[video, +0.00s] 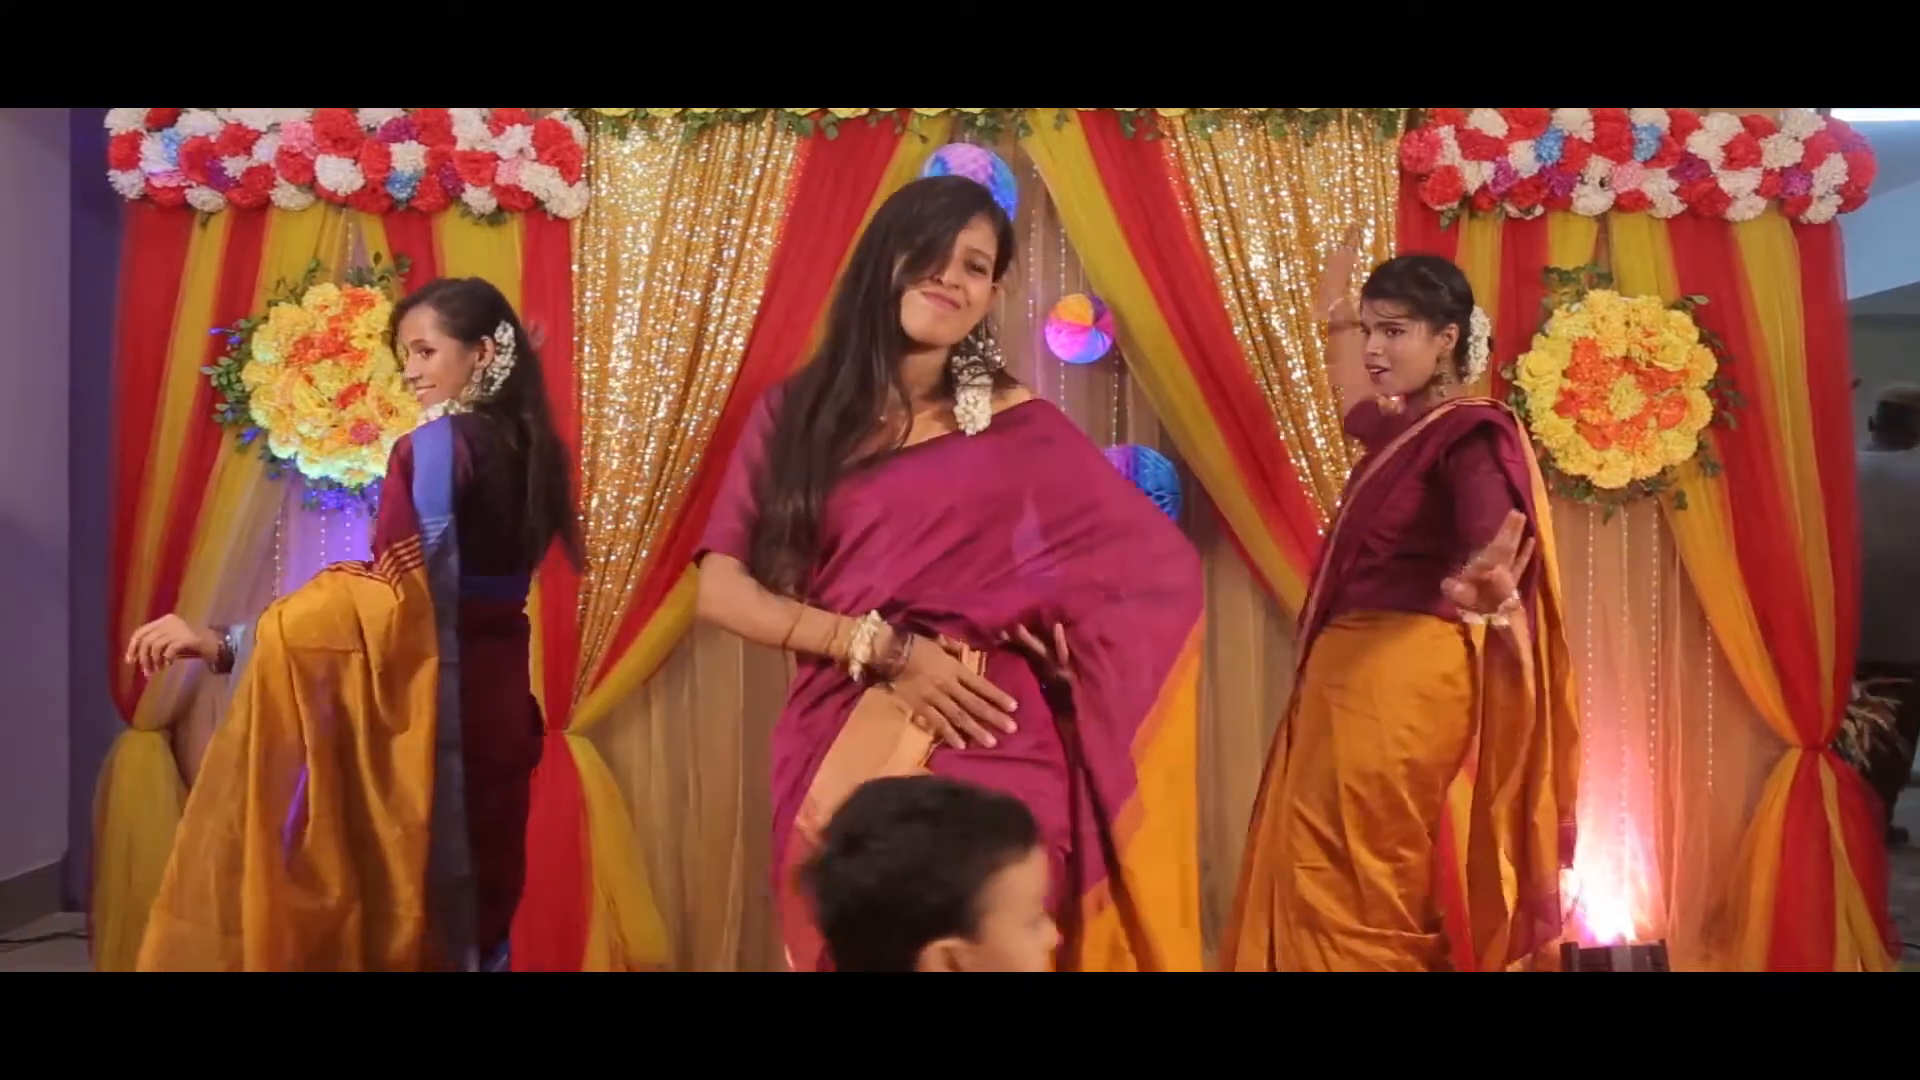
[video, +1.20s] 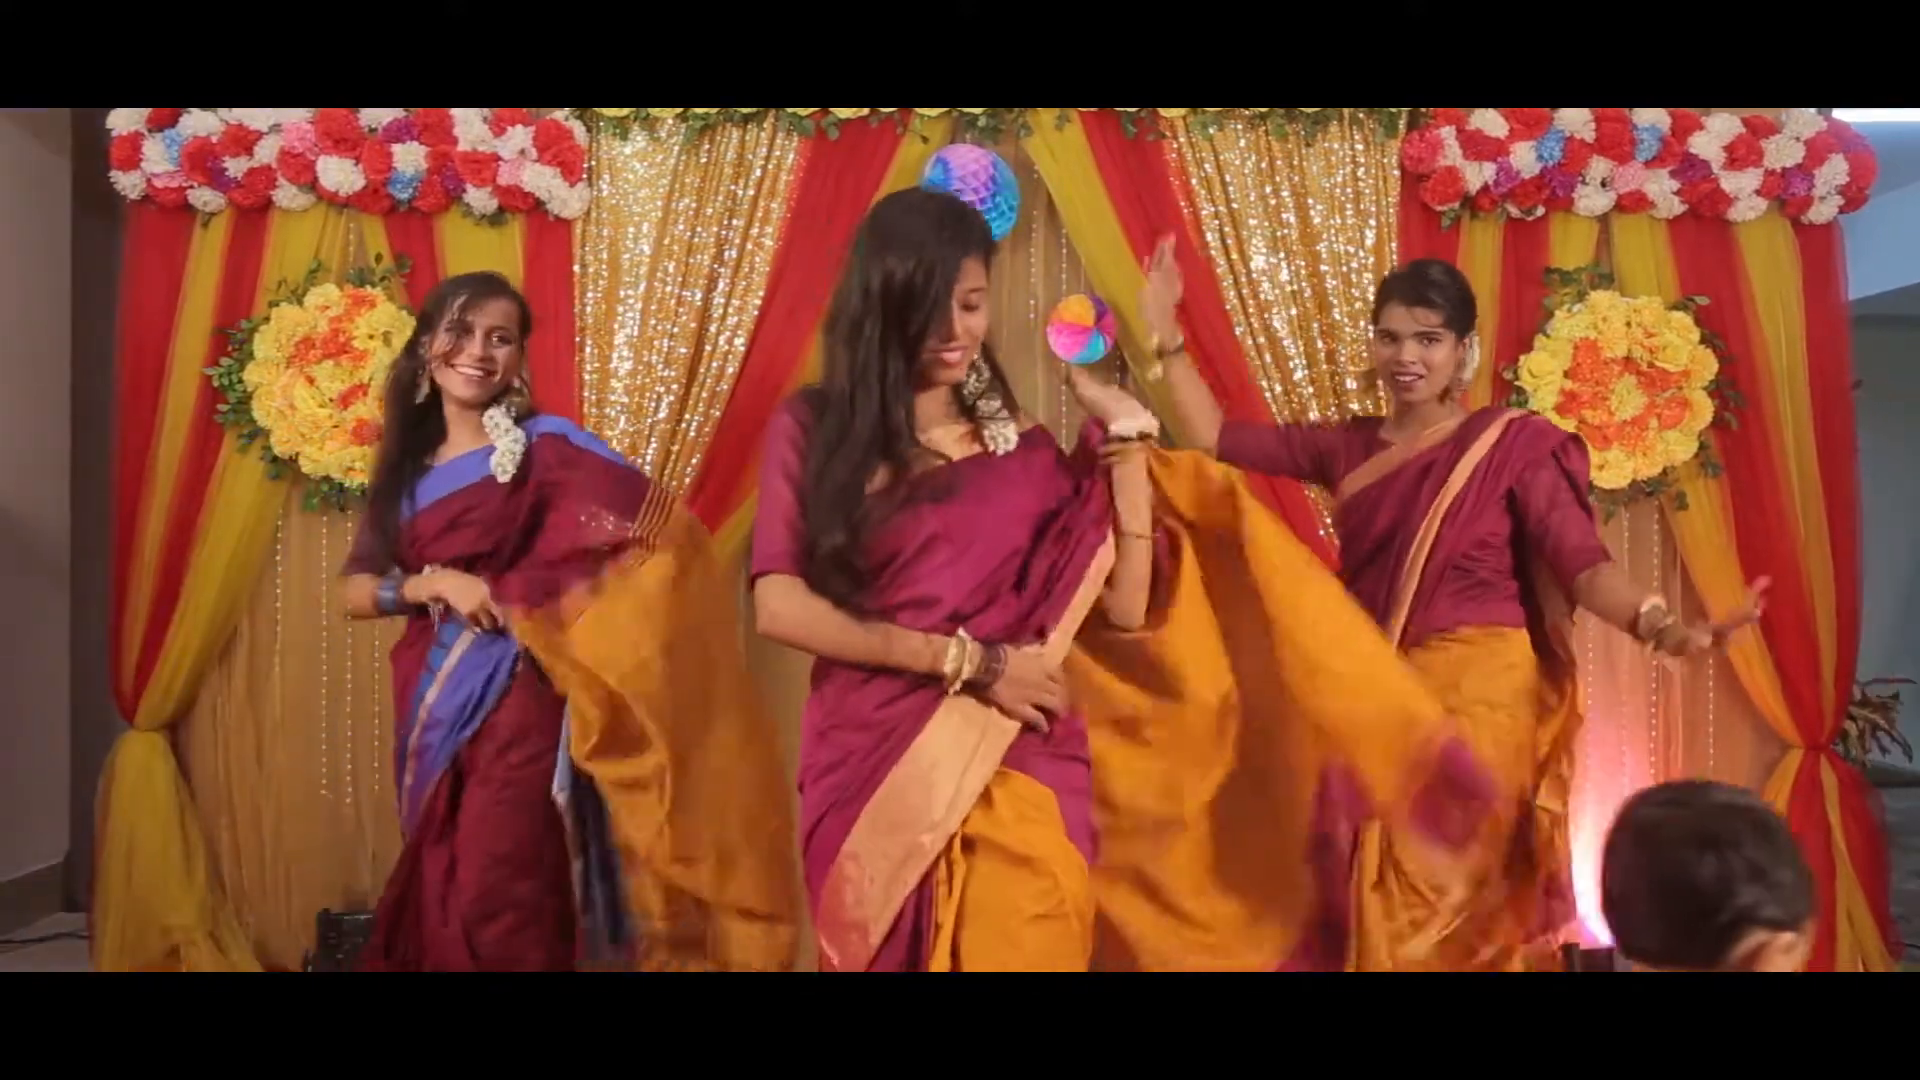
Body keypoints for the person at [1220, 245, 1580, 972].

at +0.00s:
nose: (1374, 349)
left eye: (1393, 330)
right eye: (1366, 329)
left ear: (1446, 340)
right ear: (1362, 336)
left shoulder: (1467, 430)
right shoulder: (1392, 431)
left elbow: (1495, 520)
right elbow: (1358, 400)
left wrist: (1483, 576)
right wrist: (1339, 325)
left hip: (1407, 658)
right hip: (1343, 656)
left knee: (1348, 873)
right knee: (1295, 863)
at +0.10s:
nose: (1371, 365)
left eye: (1391, 348)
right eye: (1365, 347)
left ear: (1445, 359)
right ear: (1361, 355)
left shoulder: (1472, 447)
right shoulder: (1394, 460)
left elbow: (1511, 571)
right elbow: (1337, 465)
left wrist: (1494, 625)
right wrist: (1320, 368)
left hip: (1422, 697)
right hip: (1357, 698)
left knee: (1309, 880)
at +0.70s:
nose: (1382, 346)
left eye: (1405, 330)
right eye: (1372, 329)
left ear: (1454, 343)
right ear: (1361, 336)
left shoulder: (1495, 436)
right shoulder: (1365, 441)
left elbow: (1547, 568)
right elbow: (1255, 424)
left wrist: (1593, 635)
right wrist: (1216, 344)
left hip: (1439, 674)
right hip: (1357, 679)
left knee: (1411, 877)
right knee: (1359, 874)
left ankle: (1427, 961)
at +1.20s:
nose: (1405, 355)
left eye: (1426, 338)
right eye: (1389, 337)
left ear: (1466, 347)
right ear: (1371, 345)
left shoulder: (1515, 442)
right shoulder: (1350, 449)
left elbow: (1582, 565)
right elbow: (1212, 436)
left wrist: (1655, 625)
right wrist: (1163, 340)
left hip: (1488, 676)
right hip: (1377, 679)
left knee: (1440, 868)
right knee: (1362, 864)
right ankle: (1374, 967)